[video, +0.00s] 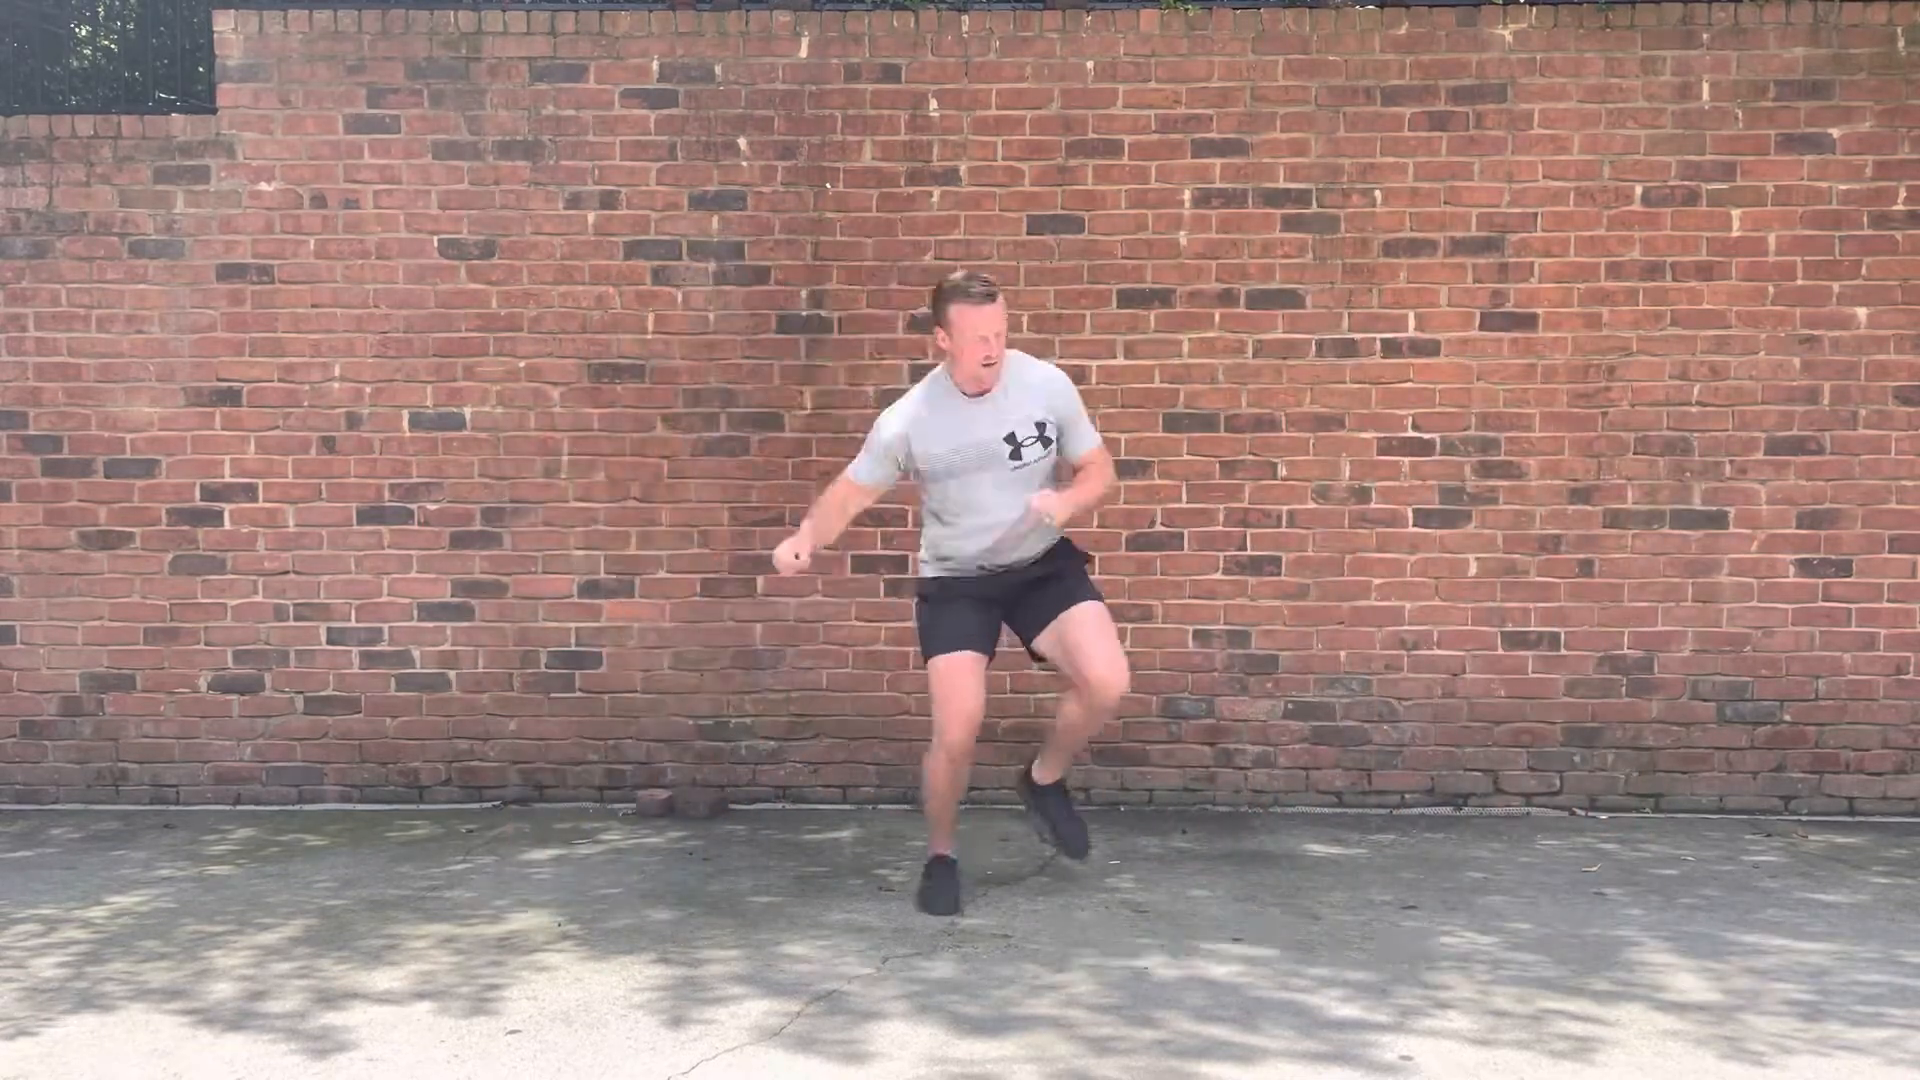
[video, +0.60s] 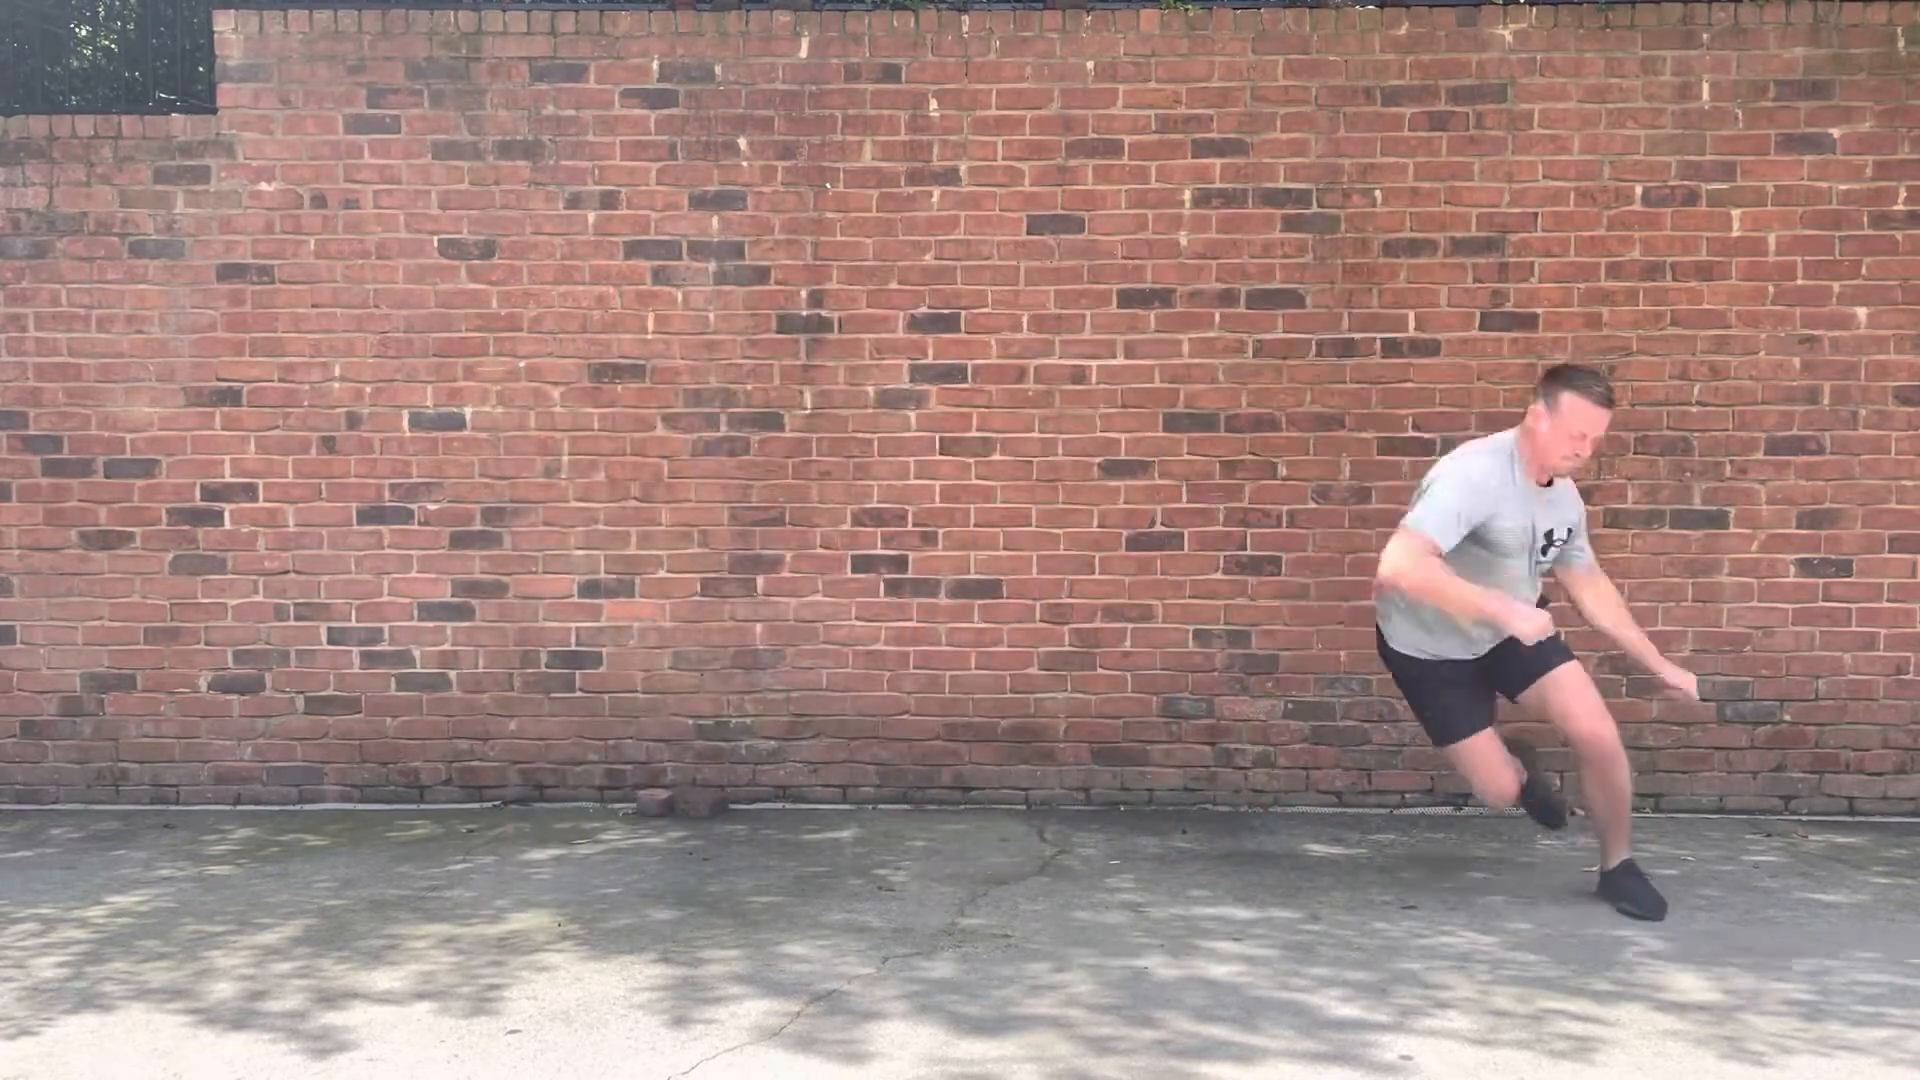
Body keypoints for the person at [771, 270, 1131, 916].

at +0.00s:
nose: (992, 349)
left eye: (999, 334)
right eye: (976, 337)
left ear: (1008, 330)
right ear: (942, 340)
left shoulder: (1046, 385)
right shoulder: (907, 421)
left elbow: (1098, 469)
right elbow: (850, 491)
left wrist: (1067, 501)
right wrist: (806, 538)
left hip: (1043, 564)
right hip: (956, 579)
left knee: (1107, 681)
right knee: (957, 730)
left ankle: (1044, 780)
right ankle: (941, 855)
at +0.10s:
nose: (1084, 318)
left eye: (1091, 304)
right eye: (1070, 306)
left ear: (1098, 299)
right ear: (1031, 304)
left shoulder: (1130, 351)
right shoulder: (992, 385)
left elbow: (1211, 406)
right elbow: (931, 457)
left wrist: (1203, 436)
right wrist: (917, 479)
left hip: (1130, 538)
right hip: (1037, 559)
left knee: (1234, 634)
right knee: (993, 706)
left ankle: (1176, 748)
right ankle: (944, 848)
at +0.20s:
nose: (1189, 287)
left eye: (1196, 273)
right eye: (1175, 274)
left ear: (1203, 268)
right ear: (1138, 271)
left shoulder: (1233, 315)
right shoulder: (1092, 345)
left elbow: (1316, 363)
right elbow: (1018, 411)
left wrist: (1368, 425)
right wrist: (1019, 434)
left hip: (1225, 504)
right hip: (1127, 525)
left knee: (1348, 607)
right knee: (1059, 668)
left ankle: (1323, 731)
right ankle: (989, 814)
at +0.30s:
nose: (1298, 295)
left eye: (1306, 281)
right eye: (1287, 280)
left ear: (1315, 271)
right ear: (1248, 268)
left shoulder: (1338, 323)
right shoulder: (1194, 337)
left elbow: (1402, 379)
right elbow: (1101, 398)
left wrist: (1469, 446)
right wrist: (1107, 424)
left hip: (1319, 511)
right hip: (1217, 522)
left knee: (1434, 631)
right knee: (1137, 667)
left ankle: (1471, 764)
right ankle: (1096, 775)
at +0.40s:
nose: (1414, 342)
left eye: (1424, 328)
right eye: (1401, 326)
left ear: (1432, 320)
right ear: (1361, 315)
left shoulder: (1440, 369)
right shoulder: (1303, 371)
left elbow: (1458, 422)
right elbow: (1195, 418)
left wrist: (1499, 492)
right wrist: (1222, 436)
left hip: (1412, 557)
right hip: (1310, 562)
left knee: (1502, 690)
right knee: (1231, 708)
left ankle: (1587, 834)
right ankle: (1241, 746)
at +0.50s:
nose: (1524, 413)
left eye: (1532, 399)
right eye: (1514, 397)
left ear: (1537, 393)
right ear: (1472, 383)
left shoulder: (1528, 453)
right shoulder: (1409, 441)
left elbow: (1521, 520)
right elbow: (1297, 501)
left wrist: (1552, 584)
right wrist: (1383, 506)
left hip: (1482, 604)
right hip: (1391, 618)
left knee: (1575, 735)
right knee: (1361, 784)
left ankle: (1615, 863)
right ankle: (1393, 729)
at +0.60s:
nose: (1585, 453)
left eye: (1594, 442)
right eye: (1577, 436)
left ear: (1597, 439)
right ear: (1537, 416)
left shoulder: (1562, 498)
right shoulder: (1468, 474)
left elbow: (1588, 582)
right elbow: (1398, 566)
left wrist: (1659, 664)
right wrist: (1502, 609)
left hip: (1510, 628)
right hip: (1426, 645)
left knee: (1599, 736)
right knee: (1498, 790)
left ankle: (1617, 864)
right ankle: (1521, 778)